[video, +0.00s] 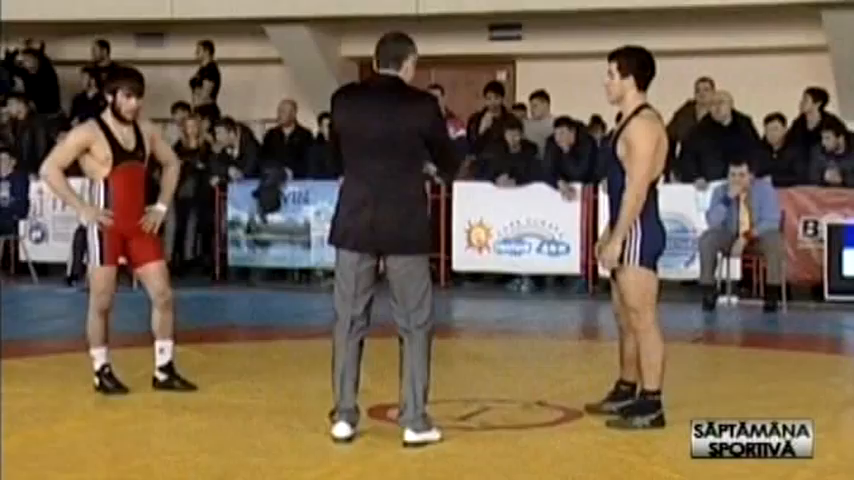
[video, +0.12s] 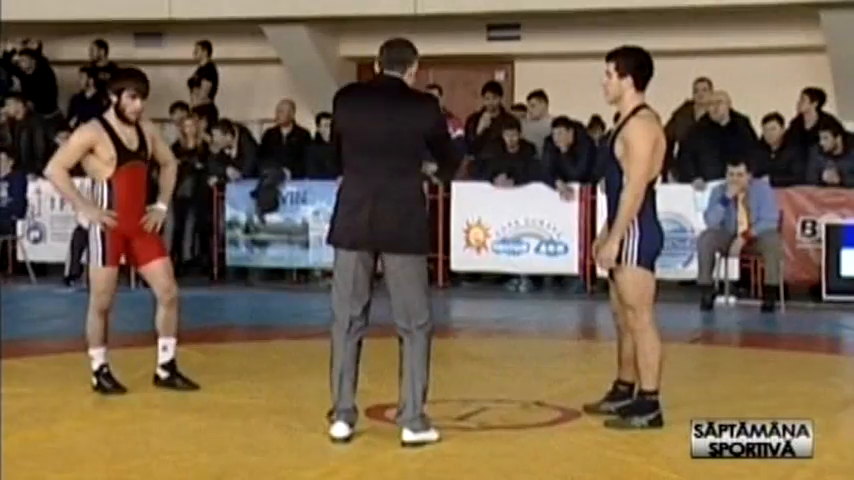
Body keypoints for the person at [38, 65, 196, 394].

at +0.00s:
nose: (135, 103)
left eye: (138, 96)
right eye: (129, 96)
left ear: (141, 98)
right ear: (111, 97)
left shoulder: (146, 129)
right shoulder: (89, 132)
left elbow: (172, 163)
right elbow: (49, 170)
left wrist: (161, 206)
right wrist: (82, 208)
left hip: (141, 226)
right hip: (105, 227)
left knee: (163, 295)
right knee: (101, 301)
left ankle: (164, 368)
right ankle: (101, 368)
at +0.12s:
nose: (139, 104)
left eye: (142, 97)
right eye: (132, 97)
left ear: (144, 99)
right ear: (115, 98)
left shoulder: (146, 129)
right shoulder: (93, 132)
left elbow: (169, 163)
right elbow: (54, 170)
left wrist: (162, 205)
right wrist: (84, 208)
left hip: (142, 225)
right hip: (107, 226)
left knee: (168, 293)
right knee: (101, 302)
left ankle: (166, 366)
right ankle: (100, 368)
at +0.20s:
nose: (144, 105)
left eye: (147, 98)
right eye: (138, 97)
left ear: (148, 100)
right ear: (120, 97)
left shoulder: (148, 129)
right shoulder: (98, 132)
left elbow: (168, 163)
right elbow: (61, 171)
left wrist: (164, 204)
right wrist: (90, 208)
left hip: (145, 225)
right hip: (111, 226)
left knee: (170, 293)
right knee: (103, 301)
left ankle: (174, 367)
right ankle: (99, 368)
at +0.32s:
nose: (155, 108)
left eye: (158, 102)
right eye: (149, 100)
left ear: (159, 103)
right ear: (132, 99)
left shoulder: (156, 133)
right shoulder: (108, 132)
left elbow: (172, 165)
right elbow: (71, 172)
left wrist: (169, 205)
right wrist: (100, 210)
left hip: (150, 227)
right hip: (116, 227)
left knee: (176, 294)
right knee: (107, 301)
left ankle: (185, 367)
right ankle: (99, 368)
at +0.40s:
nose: (167, 110)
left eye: (169, 104)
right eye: (162, 103)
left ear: (168, 106)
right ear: (143, 101)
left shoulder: (165, 135)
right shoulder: (117, 134)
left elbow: (178, 167)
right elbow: (82, 172)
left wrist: (175, 205)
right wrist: (109, 212)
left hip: (158, 229)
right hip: (123, 229)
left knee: (184, 295)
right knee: (111, 303)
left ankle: (191, 368)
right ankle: (100, 368)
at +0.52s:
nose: (186, 112)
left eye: (188, 105)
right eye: (181, 104)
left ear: (184, 106)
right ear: (162, 102)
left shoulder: (180, 134)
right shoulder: (135, 134)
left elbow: (193, 169)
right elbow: (101, 175)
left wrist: (190, 207)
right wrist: (125, 216)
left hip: (171, 230)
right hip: (138, 229)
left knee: (195, 296)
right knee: (122, 302)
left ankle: (194, 370)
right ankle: (102, 368)